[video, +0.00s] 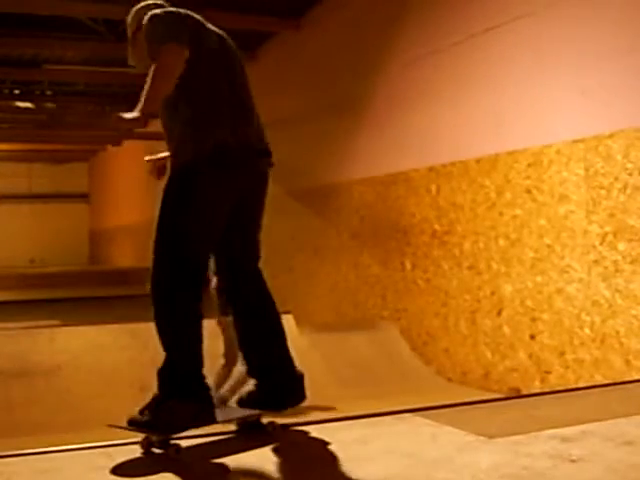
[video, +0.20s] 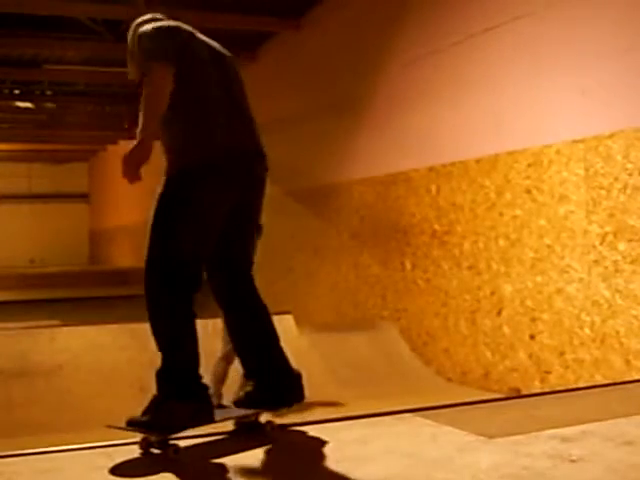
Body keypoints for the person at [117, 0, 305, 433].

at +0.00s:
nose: (135, 56)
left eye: (133, 44)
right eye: (133, 49)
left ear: (142, 24)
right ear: (168, 16)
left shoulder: (159, 18)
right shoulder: (213, 38)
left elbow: (173, 53)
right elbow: (221, 121)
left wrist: (143, 111)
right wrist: (175, 157)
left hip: (206, 167)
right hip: (247, 164)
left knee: (174, 279)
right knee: (240, 272)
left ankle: (184, 396)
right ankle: (279, 383)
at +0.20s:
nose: (136, 70)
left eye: (134, 61)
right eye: (136, 65)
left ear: (136, 35)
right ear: (167, 26)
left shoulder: (151, 29)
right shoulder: (208, 50)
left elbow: (159, 79)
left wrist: (142, 144)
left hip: (199, 173)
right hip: (243, 171)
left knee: (166, 281)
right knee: (231, 276)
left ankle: (182, 396)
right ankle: (276, 382)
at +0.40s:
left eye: (136, 57)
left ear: (142, 51)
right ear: (176, 48)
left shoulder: (141, 64)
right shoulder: (211, 72)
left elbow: (127, 128)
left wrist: (110, 187)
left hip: (194, 187)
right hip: (244, 182)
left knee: (163, 290)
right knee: (231, 288)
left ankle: (183, 398)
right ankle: (277, 384)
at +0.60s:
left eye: (147, 48)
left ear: (146, 48)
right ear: (183, 45)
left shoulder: (138, 67)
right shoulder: (213, 67)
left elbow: (99, 125)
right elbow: (254, 131)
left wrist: (88, 182)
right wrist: (238, 174)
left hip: (171, 192)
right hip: (224, 189)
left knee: (155, 290)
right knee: (223, 285)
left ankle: (178, 391)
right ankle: (273, 381)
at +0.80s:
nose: (115, 84)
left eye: (115, 79)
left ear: (118, 76)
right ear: (148, 68)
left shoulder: (117, 92)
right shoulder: (188, 83)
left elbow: (80, 138)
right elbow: (229, 130)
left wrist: (76, 175)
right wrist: (220, 170)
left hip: (155, 204)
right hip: (210, 198)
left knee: (144, 298)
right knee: (231, 292)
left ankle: (136, 392)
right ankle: (259, 385)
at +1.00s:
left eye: (94, 149)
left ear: (100, 145)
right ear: (134, 137)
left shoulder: (98, 157)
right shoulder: (160, 149)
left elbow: (67, 183)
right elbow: (209, 191)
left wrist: (52, 242)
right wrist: (189, 224)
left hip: (134, 244)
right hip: (179, 236)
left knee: (155, 340)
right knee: (213, 315)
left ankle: (167, 431)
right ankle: (209, 377)